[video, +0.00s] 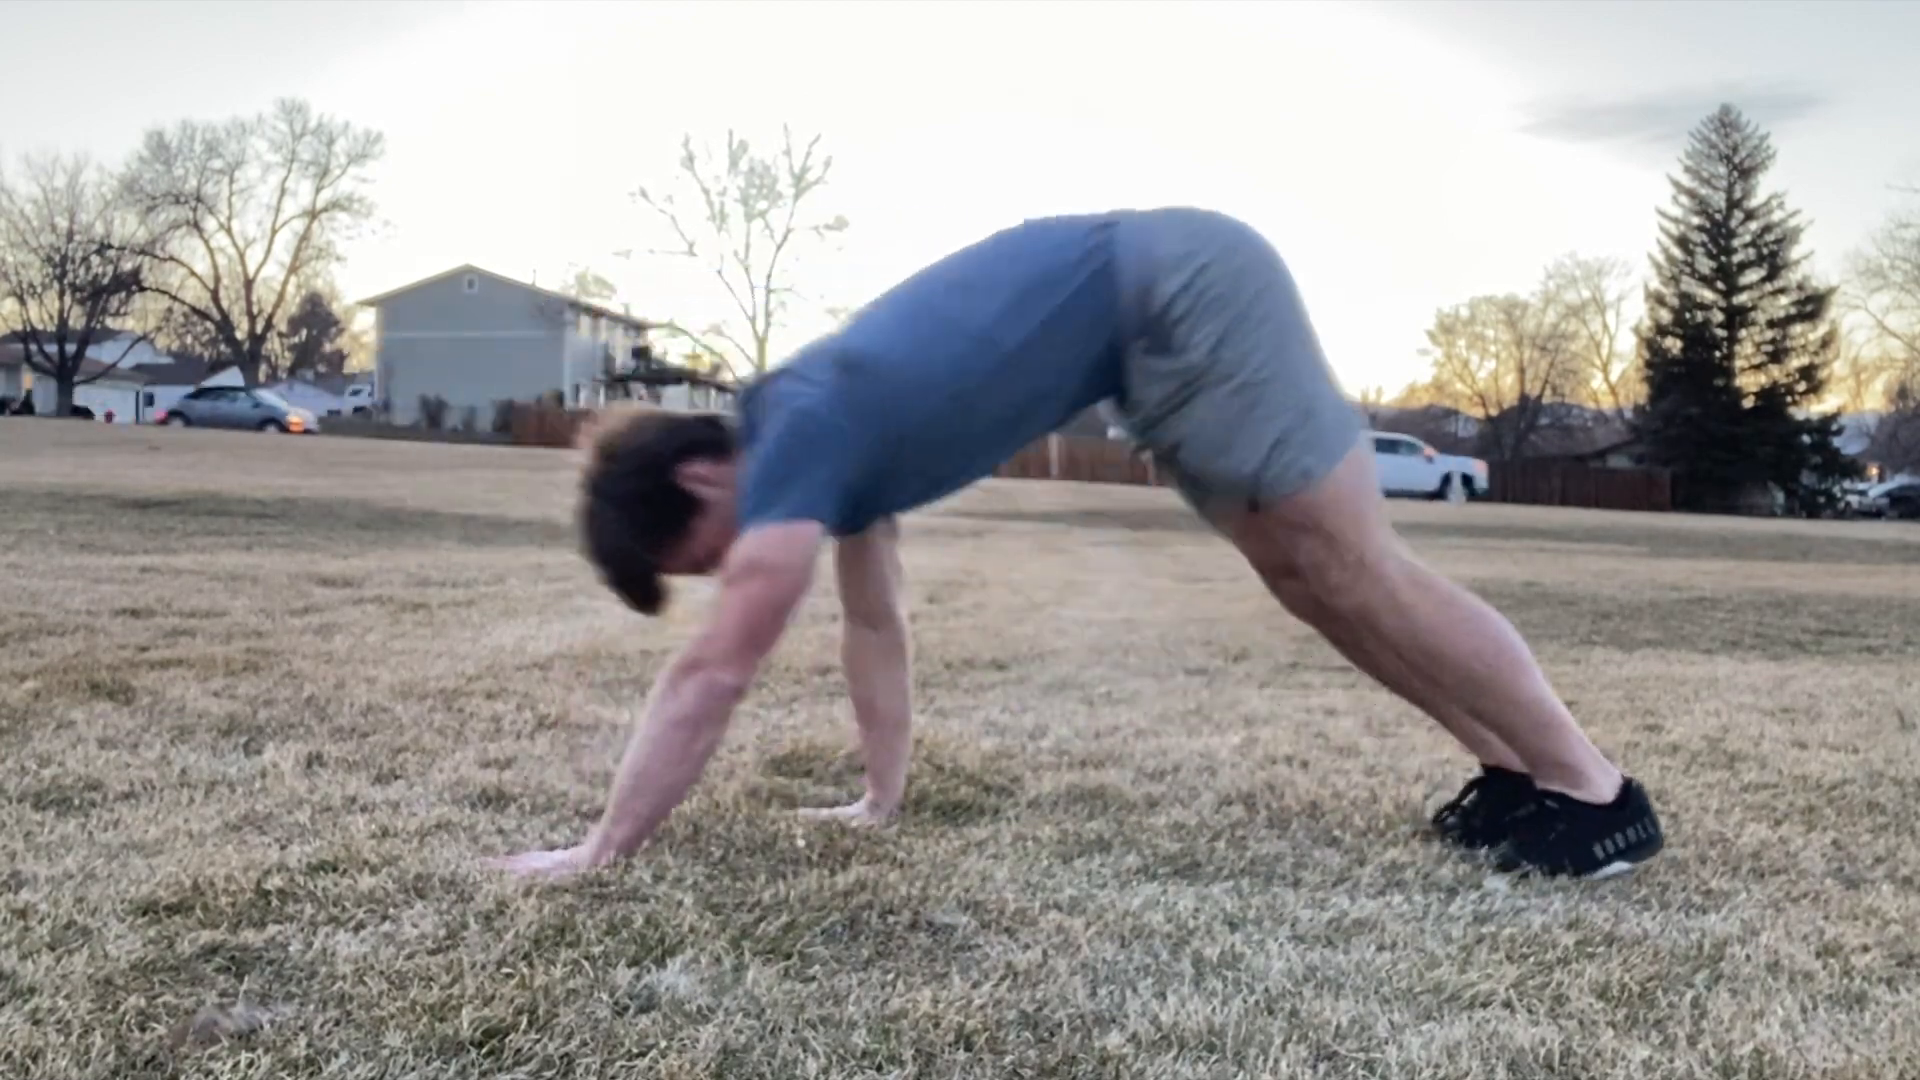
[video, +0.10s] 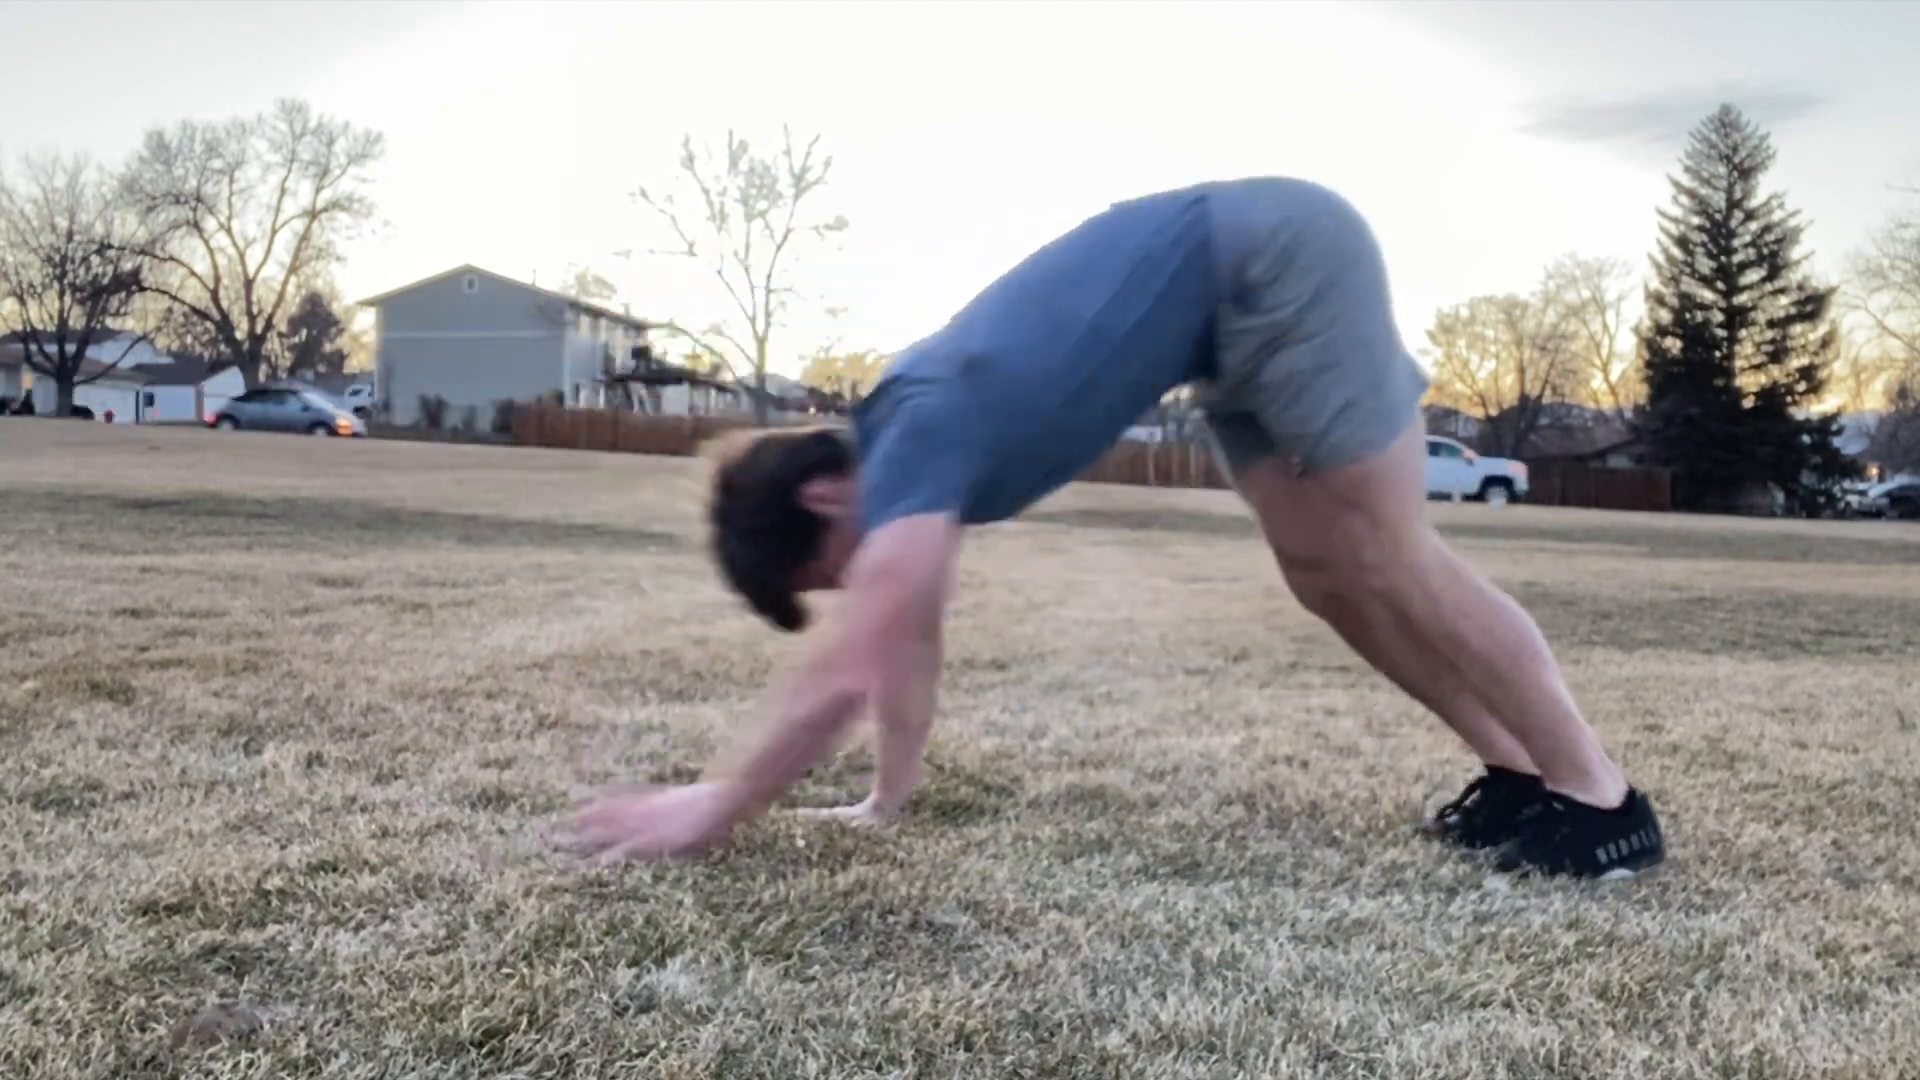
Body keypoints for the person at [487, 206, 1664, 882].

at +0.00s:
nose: (723, 570)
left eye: (703, 554)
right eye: (705, 563)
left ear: (699, 485)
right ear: (707, 479)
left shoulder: (795, 426)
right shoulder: (824, 435)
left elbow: (717, 668)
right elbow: (874, 629)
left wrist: (604, 847)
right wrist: (885, 798)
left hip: (1184, 285)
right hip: (1149, 328)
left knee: (1355, 575)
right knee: (1313, 584)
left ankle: (1598, 796)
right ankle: (1525, 775)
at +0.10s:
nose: (864, 583)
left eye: (843, 569)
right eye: (842, 581)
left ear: (833, 502)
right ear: (821, 497)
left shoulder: (927, 431)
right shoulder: (897, 442)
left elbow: (856, 661)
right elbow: (907, 624)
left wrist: (710, 809)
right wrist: (891, 796)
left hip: (1282, 251)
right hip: (1229, 294)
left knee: (1387, 559)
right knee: (1325, 574)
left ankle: (1604, 798)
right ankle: (1528, 775)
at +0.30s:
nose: (1078, 577)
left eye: (1056, 560)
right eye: (1053, 579)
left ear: (1048, 492)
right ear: (1042, 481)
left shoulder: (1159, 418)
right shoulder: (1080, 429)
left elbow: (1206, 661)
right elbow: (1015, 631)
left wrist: (1200, 869)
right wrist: (920, 785)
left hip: (1476, 209)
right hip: (1395, 254)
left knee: (1475, 526)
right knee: (1402, 544)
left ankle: (1621, 816)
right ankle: (1547, 790)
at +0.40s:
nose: (1152, 561)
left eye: (1134, 547)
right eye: (1130, 561)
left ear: (1133, 475)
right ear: (1132, 463)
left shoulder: (1242, 395)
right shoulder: (1155, 394)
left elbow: (1242, 650)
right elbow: (1147, 585)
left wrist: (1201, 864)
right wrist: (1114, 743)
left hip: (1560, 211)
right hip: (1464, 247)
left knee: (1521, 521)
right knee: (1438, 533)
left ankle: (1626, 821)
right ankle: (1551, 792)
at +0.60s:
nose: (1240, 505)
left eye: (1221, 486)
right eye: (1218, 501)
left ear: (1230, 411)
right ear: (1230, 400)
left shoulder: (1366, 340)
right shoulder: (1273, 367)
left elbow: (1424, 584)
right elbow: (1288, 583)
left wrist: (1348, 764)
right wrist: (1276, 767)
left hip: (1670, 216)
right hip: (1558, 258)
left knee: (1599, 512)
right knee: (1504, 521)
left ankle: (1642, 826)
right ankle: (1563, 791)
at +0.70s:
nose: (1254, 486)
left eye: (1232, 465)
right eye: (1230, 480)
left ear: (1245, 386)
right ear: (1245, 376)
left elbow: (1505, 560)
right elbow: (1293, 562)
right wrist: (1265, 753)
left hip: (1697, 221)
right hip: (1583, 263)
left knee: (1610, 515)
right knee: (1537, 527)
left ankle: (1645, 826)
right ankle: (1570, 794)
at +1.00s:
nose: (1226, 431)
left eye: (1208, 406)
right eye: (1202, 421)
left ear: (1244, 331)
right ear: (1244, 327)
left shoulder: (1380, 298)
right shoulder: (1329, 343)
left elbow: (1409, 544)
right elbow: (1359, 539)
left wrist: (1398, 751)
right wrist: (1376, 717)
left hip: (1717, 224)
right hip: (1608, 262)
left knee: (1615, 511)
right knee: (1530, 513)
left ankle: (1644, 825)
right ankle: (1570, 790)